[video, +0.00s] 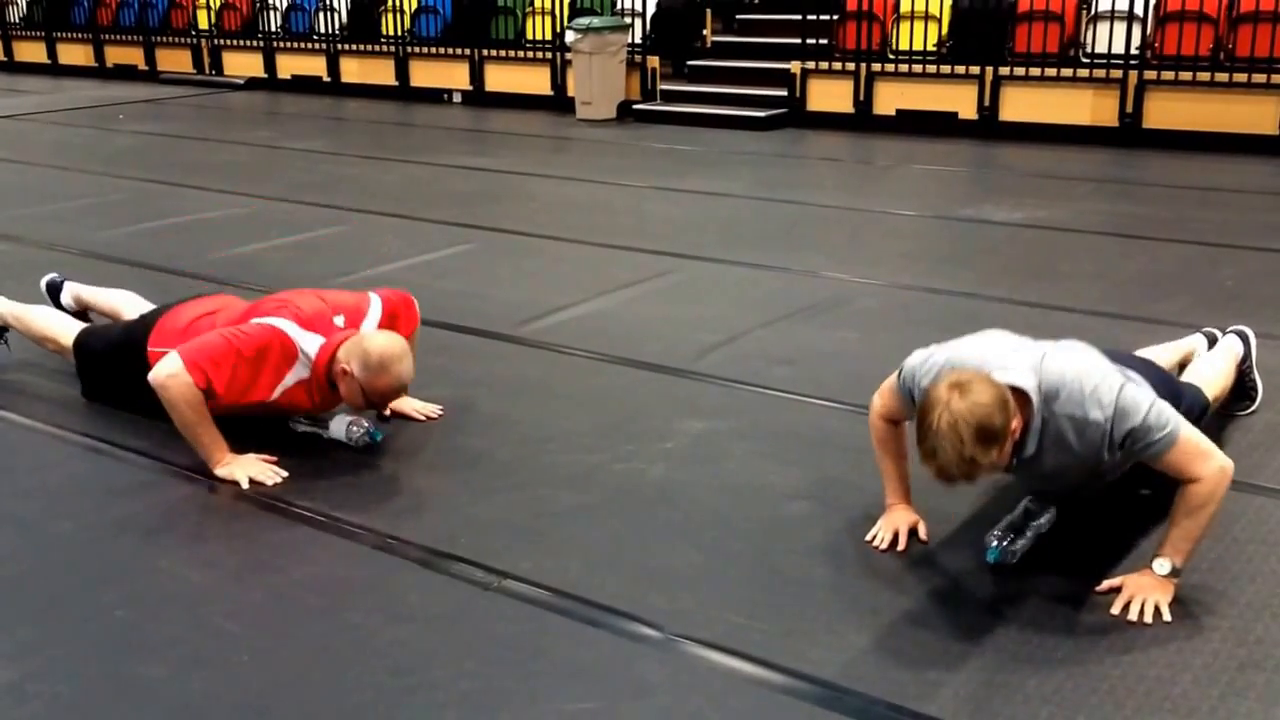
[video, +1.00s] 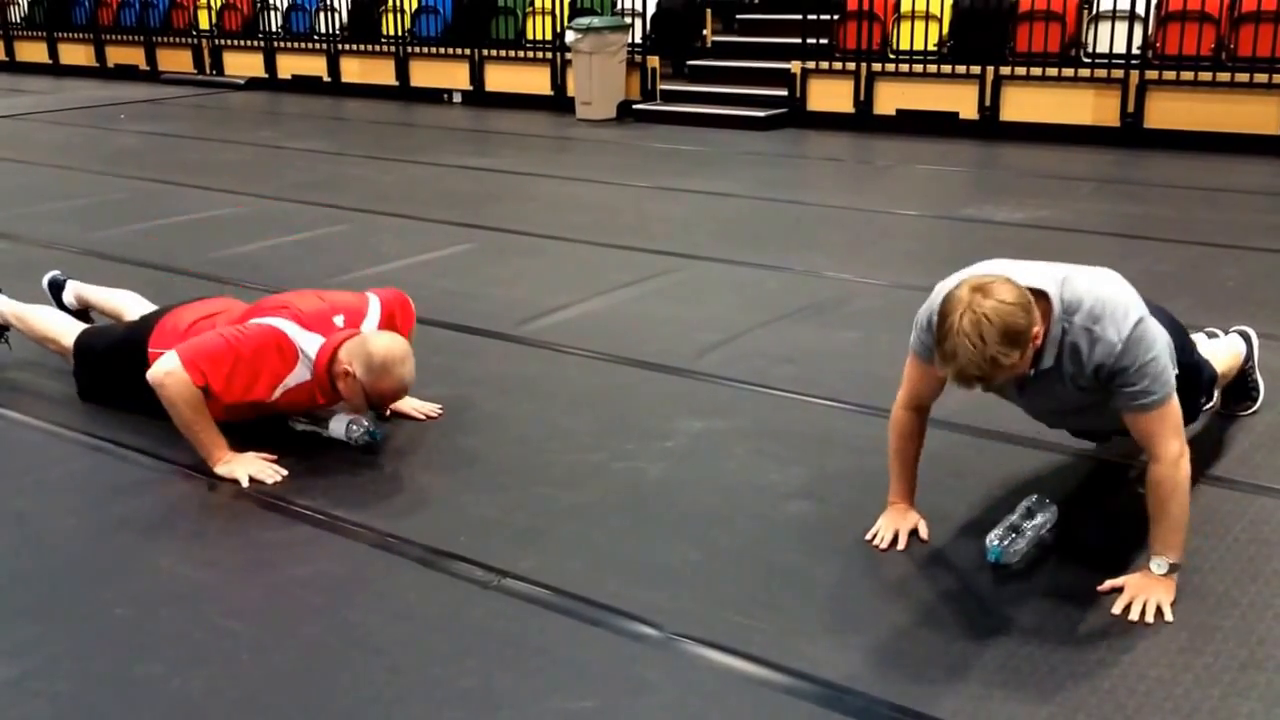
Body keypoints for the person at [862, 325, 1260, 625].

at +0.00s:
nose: (985, 479)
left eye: (990, 469)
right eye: (969, 474)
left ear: (1014, 427)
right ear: (939, 427)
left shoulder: (1103, 403)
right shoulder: (933, 371)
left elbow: (1212, 471)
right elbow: (884, 411)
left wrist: (1162, 571)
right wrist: (897, 503)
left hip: (1136, 396)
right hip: (1086, 371)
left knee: (1195, 395)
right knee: (1136, 366)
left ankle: (1233, 346)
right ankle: (1200, 341)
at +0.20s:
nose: (987, 392)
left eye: (998, 381)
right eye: (973, 383)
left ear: (1031, 337)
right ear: (949, 347)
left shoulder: (1117, 336)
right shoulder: (939, 316)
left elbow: (1168, 454)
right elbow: (908, 406)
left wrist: (1161, 569)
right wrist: (898, 503)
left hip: (1147, 372)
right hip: (1063, 395)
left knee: (1197, 383)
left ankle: (1235, 351)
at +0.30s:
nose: (984, 397)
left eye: (995, 385)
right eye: (970, 387)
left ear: (1028, 344)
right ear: (950, 356)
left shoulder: (1115, 343)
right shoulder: (937, 323)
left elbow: (1179, 457)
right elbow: (904, 408)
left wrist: (1162, 570)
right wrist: (899, 503)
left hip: (1148, 373)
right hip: (1066, 399)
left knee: (1199, 378)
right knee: (1117, 425)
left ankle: (1238, 348)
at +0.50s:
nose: (986, 487)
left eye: (990, 477)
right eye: (968, 481)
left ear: (1014, 439)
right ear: (936, 431)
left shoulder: (1104, 413)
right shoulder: (937, 377)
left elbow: (1219, 471)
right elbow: (883, 409)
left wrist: (1165, 571)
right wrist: (898, 503)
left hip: (1142, 400)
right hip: (1087, 372)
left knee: (1195, 397)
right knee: (1138, 369)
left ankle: (1236, 346)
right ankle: (1200, 341)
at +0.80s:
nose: (994, 460)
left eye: (997, 449)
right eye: (979, 455)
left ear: (1022, 411)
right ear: (947, 413)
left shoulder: (1108, 392)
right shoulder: (935, 362)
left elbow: (1212, 469)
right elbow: (888, 410)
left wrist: (1164, 570)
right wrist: (899, 503)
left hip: (1137, 388)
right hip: (1089, 364)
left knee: (1194, 394)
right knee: (1141, 363)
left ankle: (1236, 346)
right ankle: (1201, 340)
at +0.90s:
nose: (993, 418)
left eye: (1000, 406)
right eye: (978, 412)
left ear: (1028, 365)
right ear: (952, 364)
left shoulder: (1118, 351)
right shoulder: (938, 329)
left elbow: (1189, 459)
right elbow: (901, 407)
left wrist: (1163, 570)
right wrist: (898, 502)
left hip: (1146, 373)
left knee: (1200, 383)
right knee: (1170, 368)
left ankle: (1239, 349)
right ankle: (1210, 344)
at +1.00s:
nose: (992, 386)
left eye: (1003, 375)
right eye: (980, 378)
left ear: (1035, 336)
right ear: (953, 341)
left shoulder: (1122, 334)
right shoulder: (945, 315)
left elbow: (1169, 454)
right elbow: (911, 406)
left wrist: (1161, 569)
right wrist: (899, 502)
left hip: (1148, 377)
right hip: (1064, 400)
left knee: (1198, 385)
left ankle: (1236, 351)